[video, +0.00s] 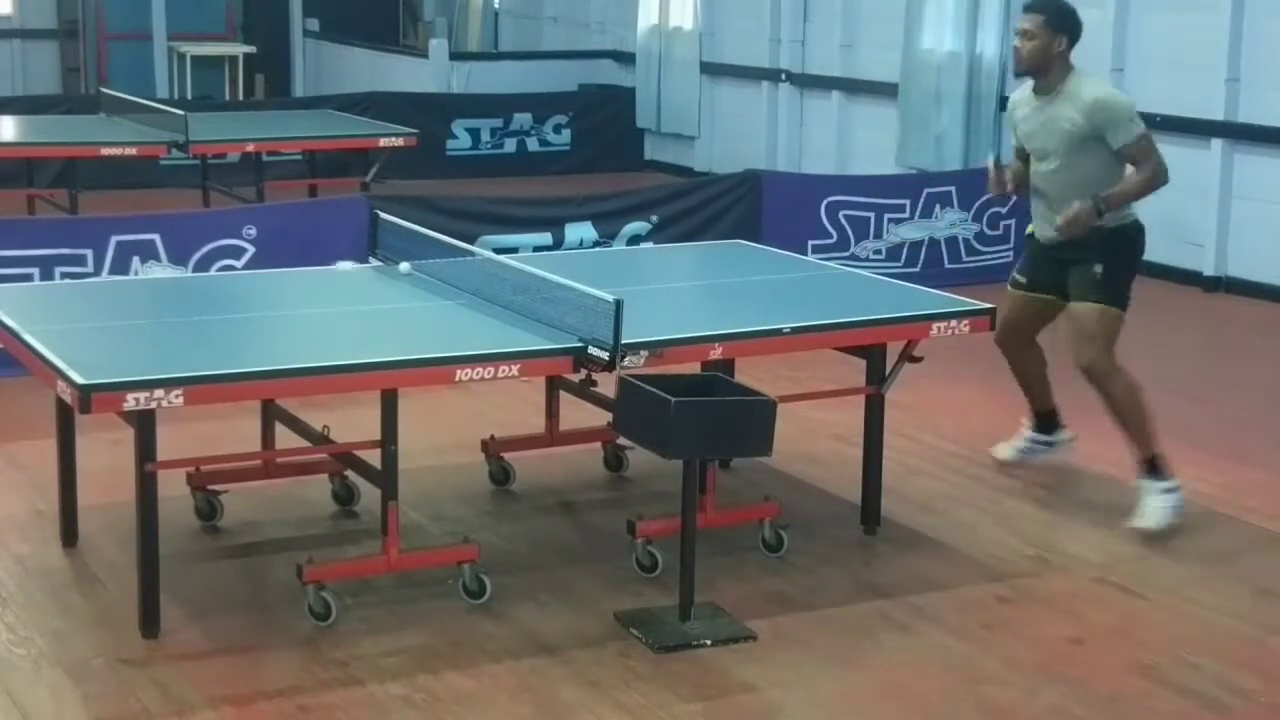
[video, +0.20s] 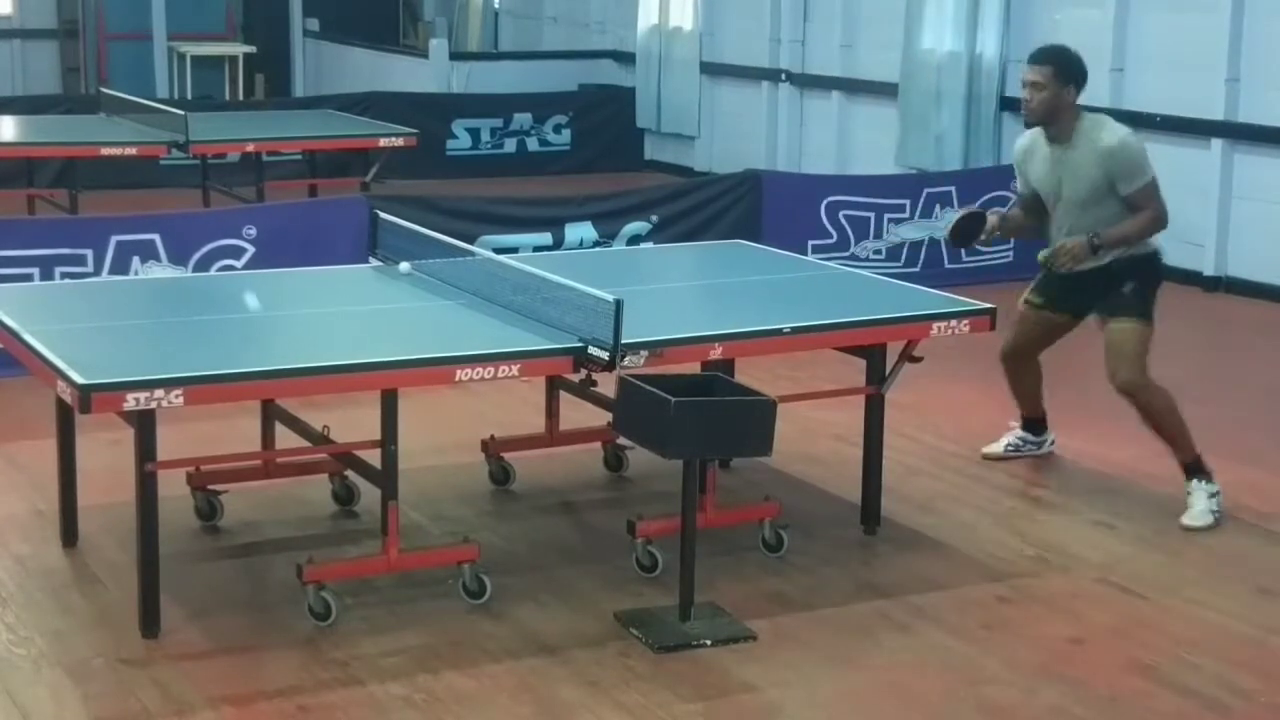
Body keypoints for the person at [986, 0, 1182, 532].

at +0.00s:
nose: (1017, 45)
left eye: (1027, 37)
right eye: (1017, 36)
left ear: (1060, 43)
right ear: (1030, 44)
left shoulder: (1101, 103)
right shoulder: (1020, 106)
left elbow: (1155, 171)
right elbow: (1026, 172)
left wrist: (1098, 206)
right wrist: (1008, 180)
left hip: (1106, 242)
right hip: (1048, 241)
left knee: (1093, 358)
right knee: (1012, 333)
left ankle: (1159, 481)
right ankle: (1047, 430)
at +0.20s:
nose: (1024, 96)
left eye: (1035, 88)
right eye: (1023, 87)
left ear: (1069, 93)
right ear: (1030, 90)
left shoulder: (1116, 144)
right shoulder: (1028, 148)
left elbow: (1155, 216)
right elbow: (1034, 218)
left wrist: (1093, 243)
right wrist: (999, 223)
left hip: (1128, 268)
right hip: (1069, 269)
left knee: (1128, 377)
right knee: (1015, 351)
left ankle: (1200, 481)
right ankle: (1034, 433)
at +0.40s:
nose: (1029, 114)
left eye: (1040, 105)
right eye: (1029, 105)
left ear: (1074, 108)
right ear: (1037, 106)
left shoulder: (1119, 151)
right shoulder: (1047, 160)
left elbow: (1171, 223)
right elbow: (1061, 234)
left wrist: (1095, 238)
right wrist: (1016, 234)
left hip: (1162, 271)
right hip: (1105, 275)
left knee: (1169, 382)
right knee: (1042, 354)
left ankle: (1246, 502)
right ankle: (1071, 439)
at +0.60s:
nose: (1041, 134)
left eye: (1051, 125)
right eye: (1039, 124)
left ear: (1085, 127)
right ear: (1052, 128)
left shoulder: (1131, 172)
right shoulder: (1063, 180)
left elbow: (1180, 245)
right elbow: (1077, 252)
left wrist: (1103, 259)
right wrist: (1033, 251)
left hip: (1180, 283)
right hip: (1124, 287)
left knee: (1175, 390)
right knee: (1051, 361)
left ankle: (1249, 506)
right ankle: (1072, 441)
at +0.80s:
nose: (1045, 119)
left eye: (1055, 110)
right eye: (1043, 110)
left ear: (1089, 113)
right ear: (1054, 114)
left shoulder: (1135, 159)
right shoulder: (1063, 165)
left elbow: (1192, 229)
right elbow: (1077, 236)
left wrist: (1114, 246)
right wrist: (1033, 236)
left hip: (1179, 273)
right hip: (1122, 276)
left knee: (1179, 384)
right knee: (1056, 355)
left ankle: (1248, 504)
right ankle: (1072, 440)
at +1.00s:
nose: (1080, 98)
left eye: (1091, 91)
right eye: (1081, 89)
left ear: (1125, 99)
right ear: (1092, 97)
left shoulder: (1167, 153)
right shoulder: (1086, 155)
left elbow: (1216, 227)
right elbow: (1083, 218)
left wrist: (1137, 245)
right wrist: (1044, 234)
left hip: (1183, 281)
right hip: (1124, 281)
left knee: (1171, 395)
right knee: (1070, 366)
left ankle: (1246, 503)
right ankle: (1071, 440)